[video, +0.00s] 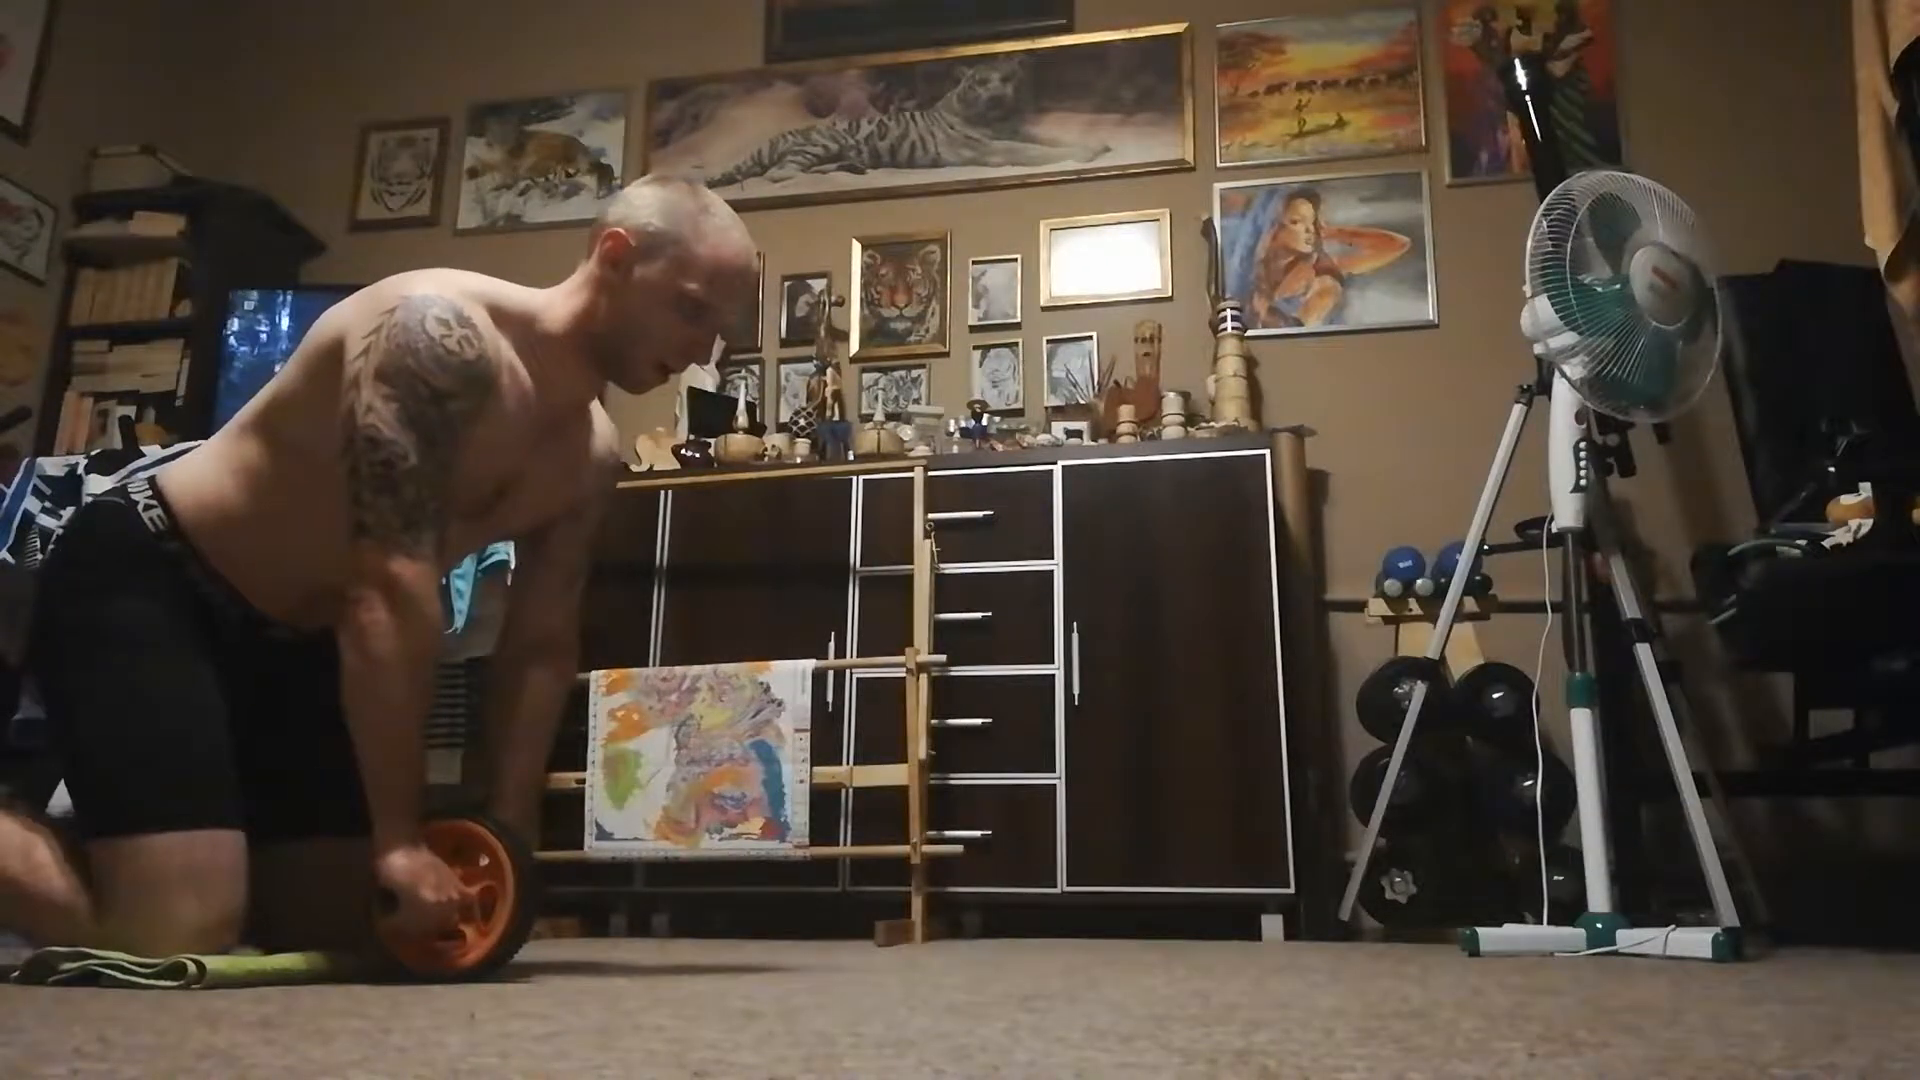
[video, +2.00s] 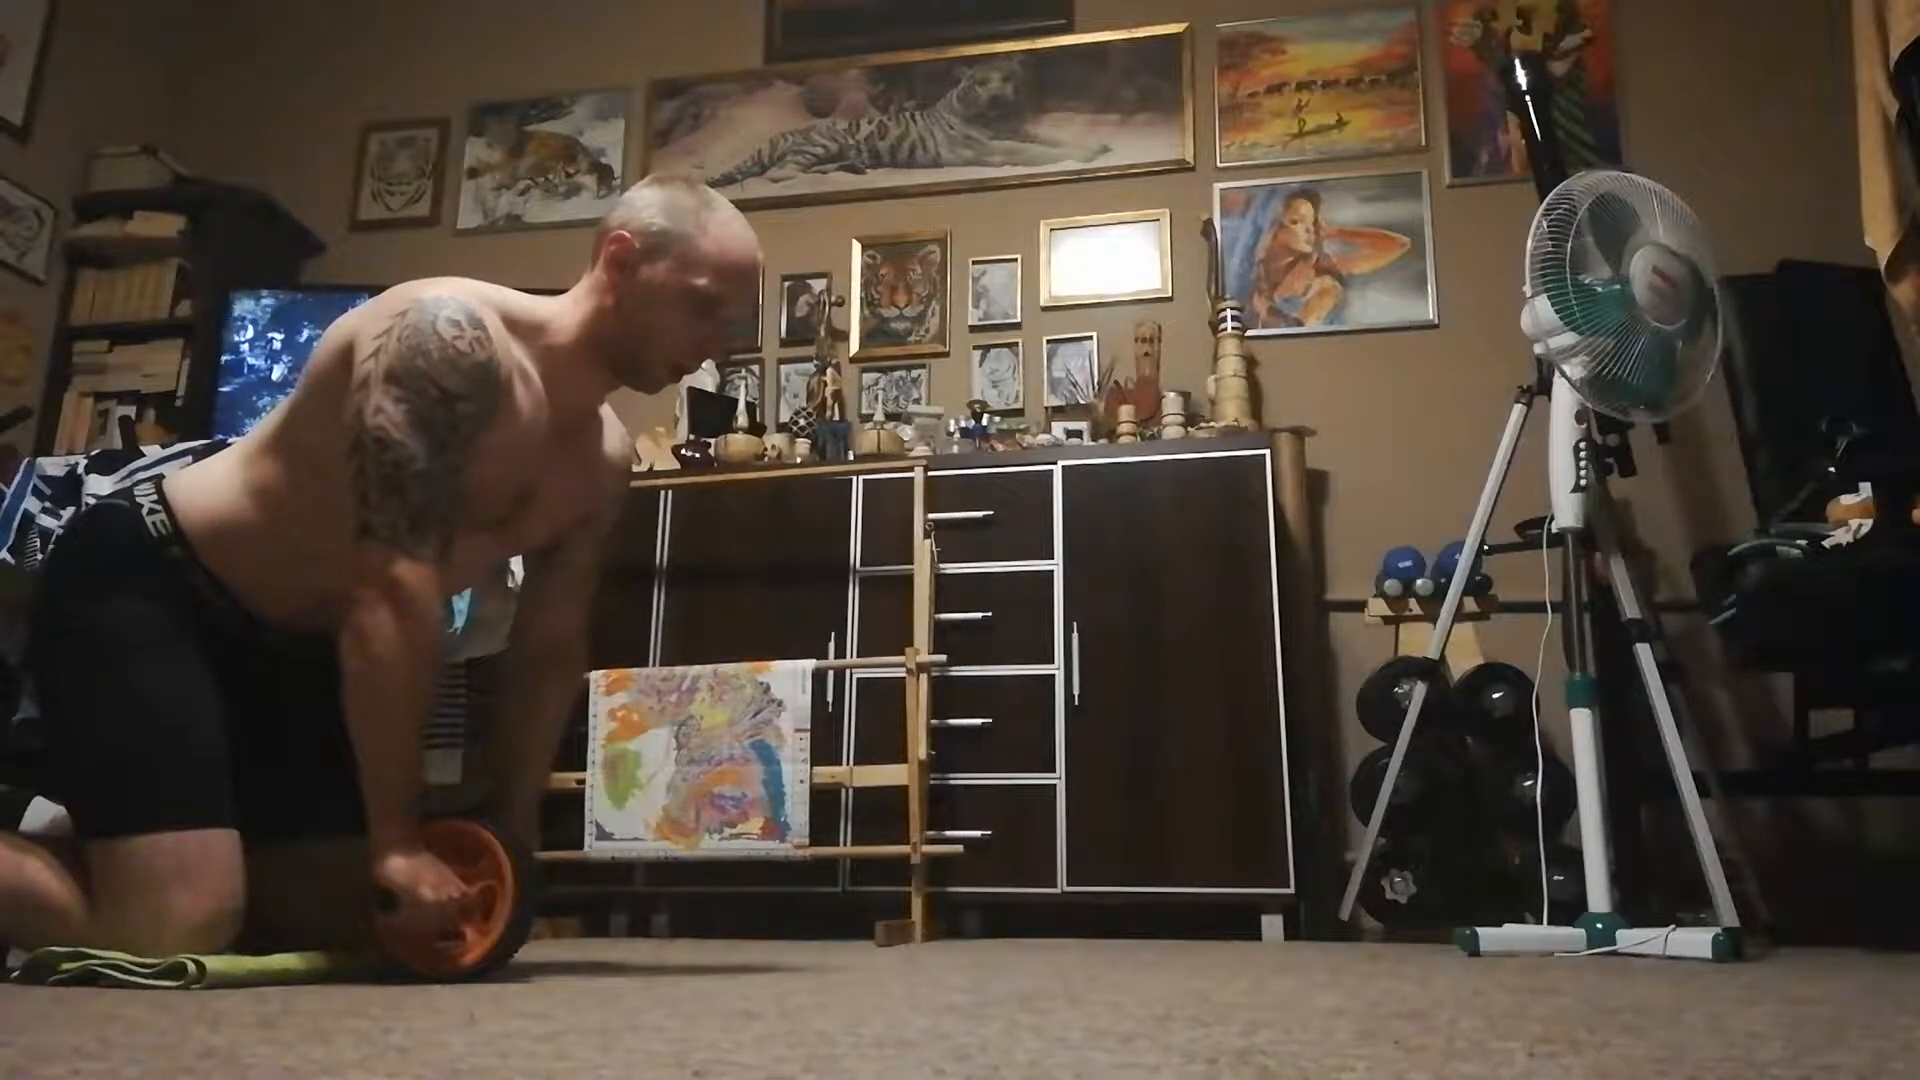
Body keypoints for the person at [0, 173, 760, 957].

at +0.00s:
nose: (710, 349)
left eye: (724, 329)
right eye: (698, 313)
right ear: (616, 254)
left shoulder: (591, 453)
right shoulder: (435, 333)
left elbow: (537, 655)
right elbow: (384, 602)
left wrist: (497, 854)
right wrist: (401, 847)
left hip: (288, 636)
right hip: (143, 570)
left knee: (350, 922)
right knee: (181, 926)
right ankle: (10, 838)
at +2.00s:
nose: (723, 346)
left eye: (736, 323)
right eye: (710, 309)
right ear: (622, 258)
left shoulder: (603, 461)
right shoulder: (449, 342)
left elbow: (546, 666)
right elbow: (384, 605)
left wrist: (497, 860)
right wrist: (398, 849)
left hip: (290, 636)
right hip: (143, 574)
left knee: (347, 912)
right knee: (180, 922)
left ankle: (72, 865)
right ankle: (10, 866)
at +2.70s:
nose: (760, 369)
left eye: (777, 347)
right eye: (753, 330)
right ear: (672, 275)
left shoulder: (640, 471)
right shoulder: (496, 338)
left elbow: (631, 669)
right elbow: (470, 608)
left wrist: (625, 844)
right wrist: (538, 837)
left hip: (311, 645)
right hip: (169, 564)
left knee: (323, 932)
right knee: (166, 928)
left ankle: (48, 852)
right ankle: (11, 845)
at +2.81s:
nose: (791, 375)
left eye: (808, 356)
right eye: (784, 337)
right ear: (702, 282)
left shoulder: (672, 470)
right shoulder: (537, 340)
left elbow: (685, 669)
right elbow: (536, 602)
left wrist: (700, 832)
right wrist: (620, 830)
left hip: (326, 641)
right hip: (186, 559)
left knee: (324, 936)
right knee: (163, 929)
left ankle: (41, 838)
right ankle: (11, 829)